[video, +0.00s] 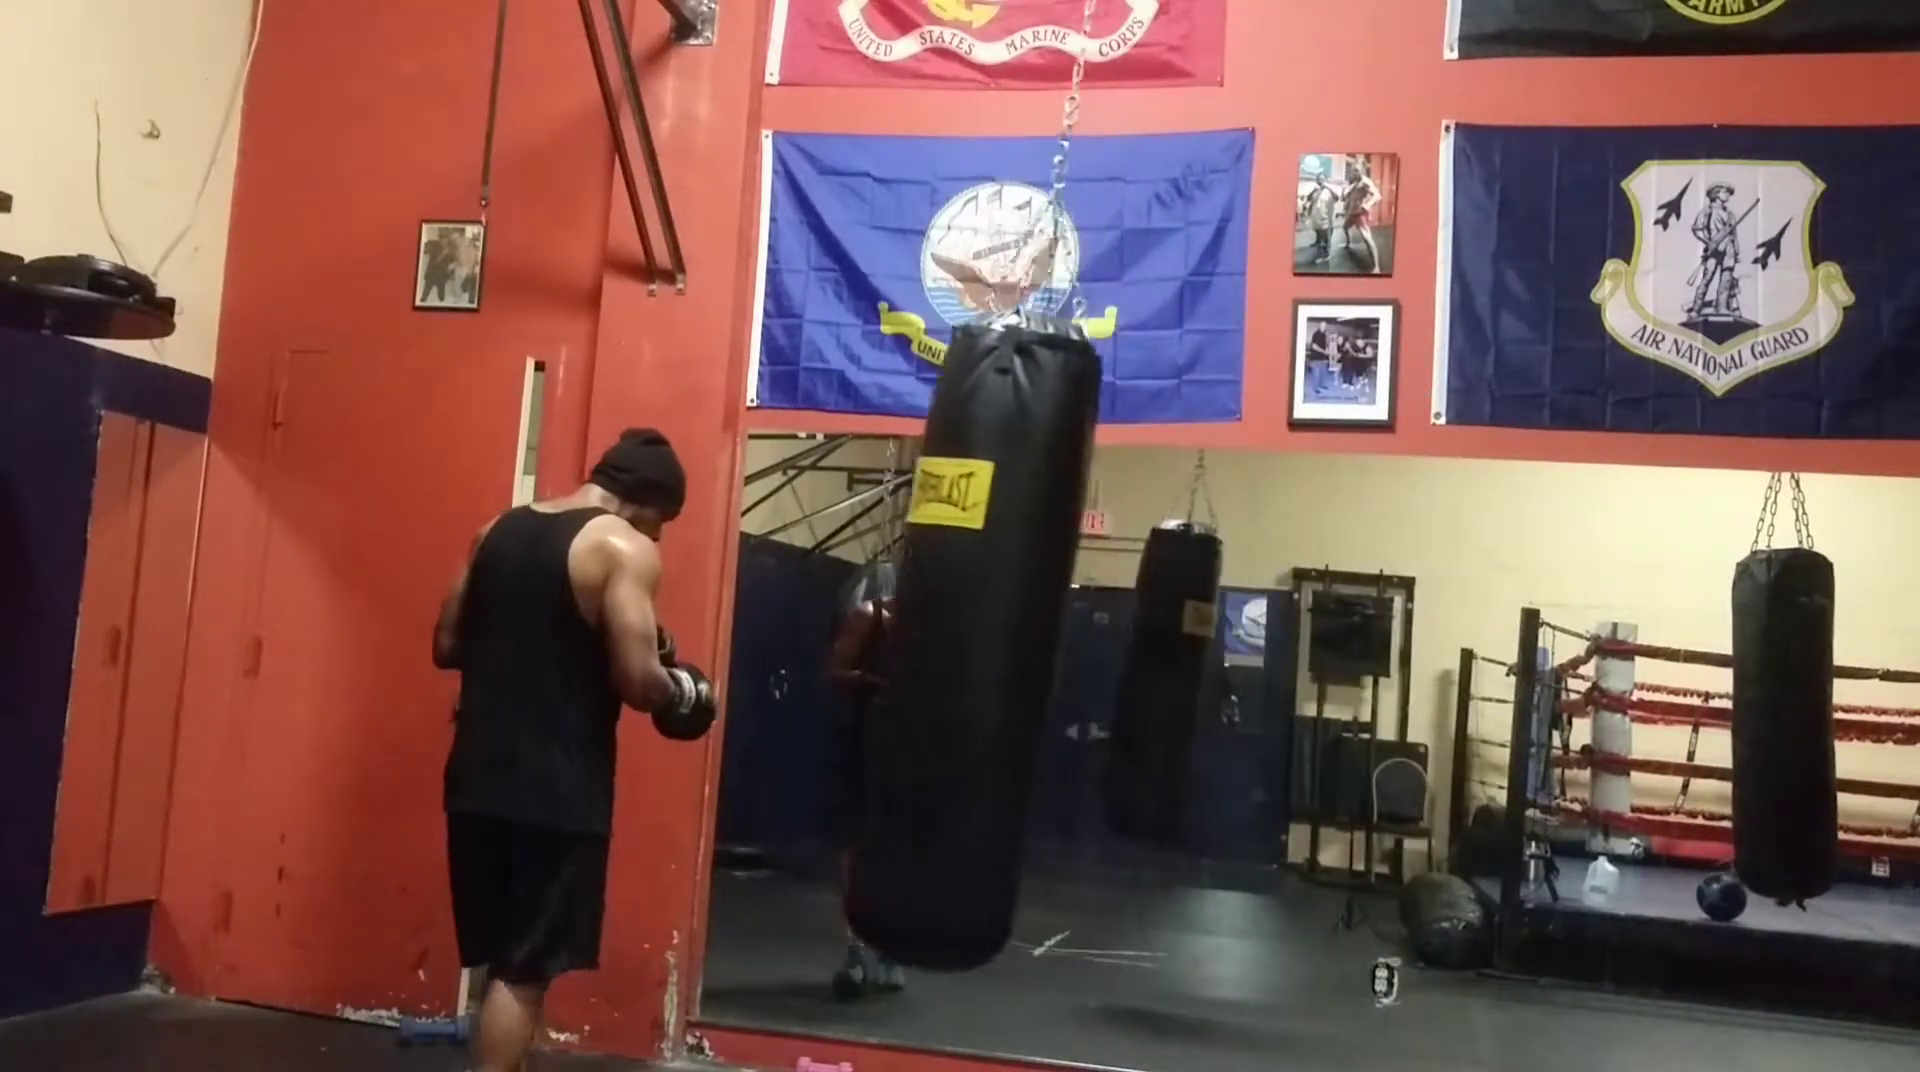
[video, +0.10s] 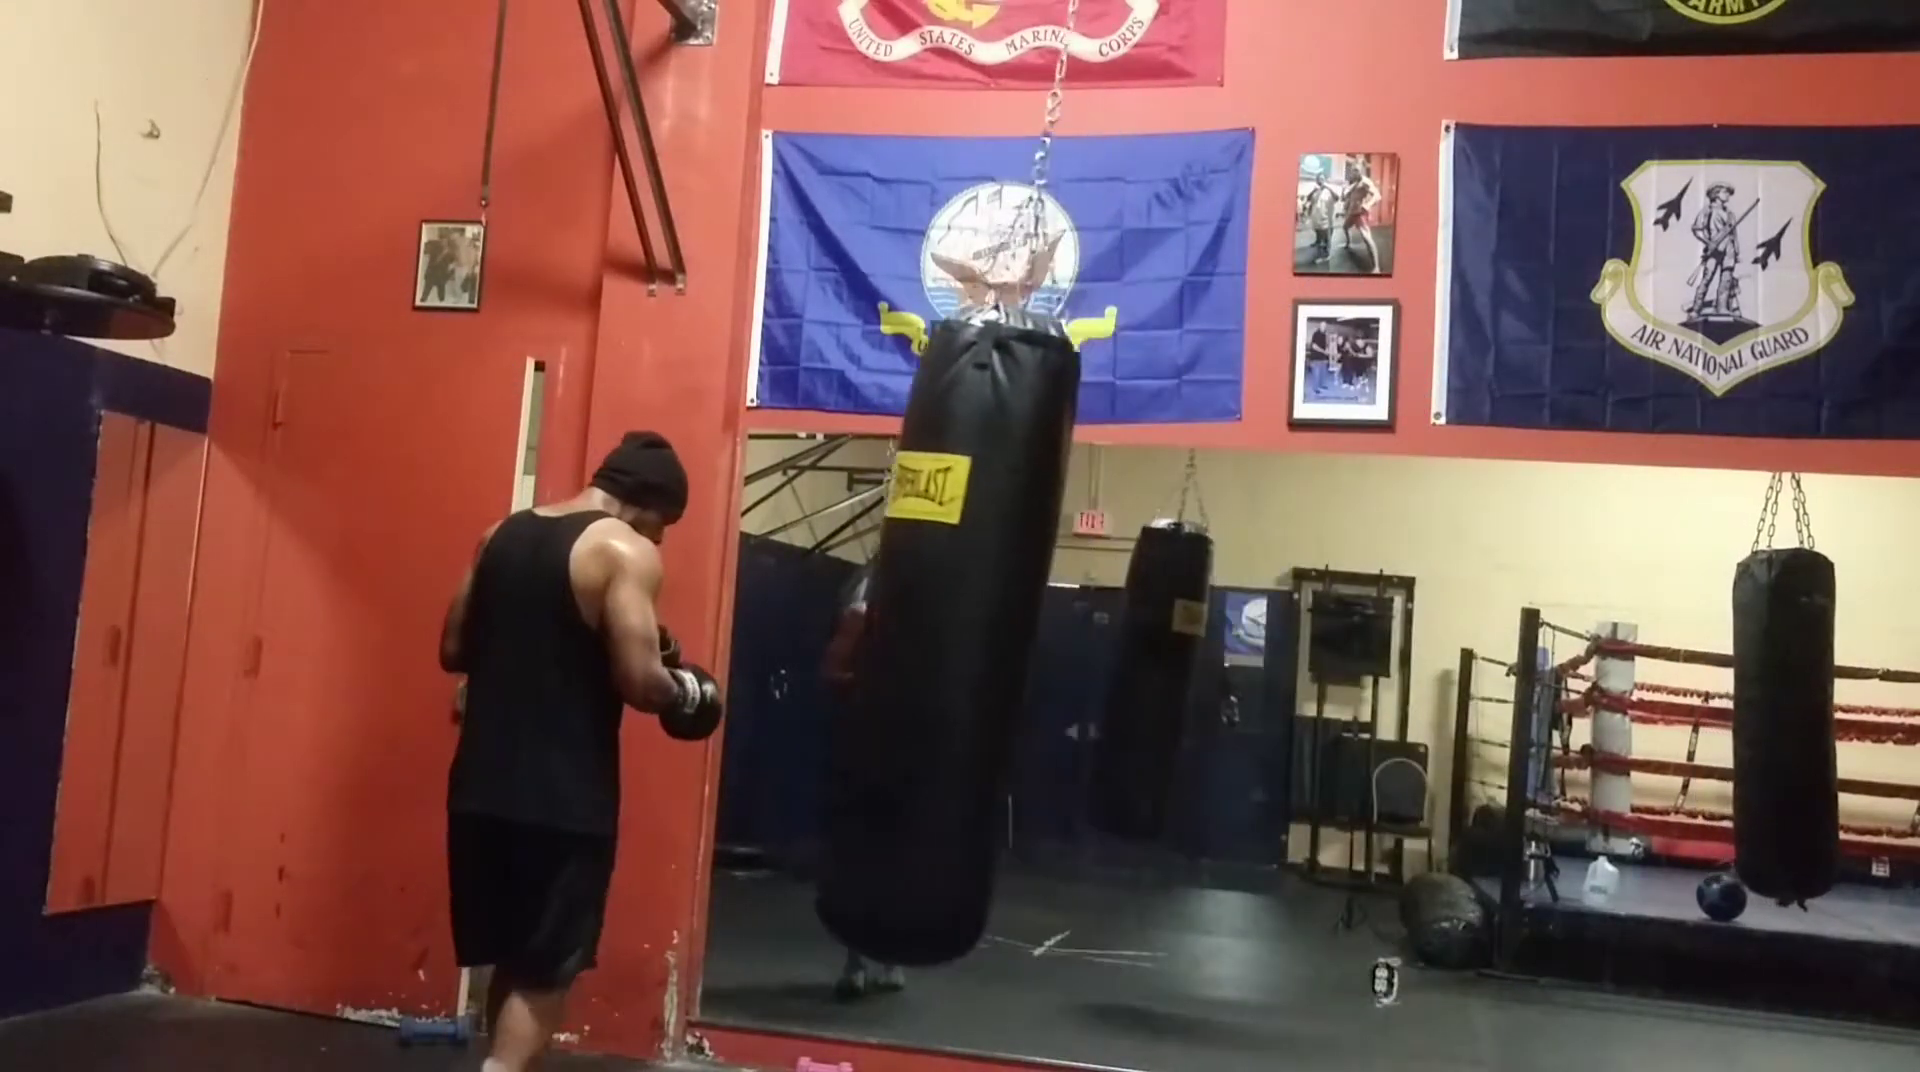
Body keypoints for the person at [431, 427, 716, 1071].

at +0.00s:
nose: (655, 533)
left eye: (661, 521)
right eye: (660, 519)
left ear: (601, 478)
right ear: (648, 498)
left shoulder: (504, 526)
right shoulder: (626, 547)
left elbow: (447, 647)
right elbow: (637, 676)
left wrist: (535, 639)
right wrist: (677, 692)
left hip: (479, 777)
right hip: (558, 791)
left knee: (500, 966)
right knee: (521, 975)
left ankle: (511, 1060)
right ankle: (493, 1066)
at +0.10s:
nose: (658, 536)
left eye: (664, 524)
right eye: (662, 521)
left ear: (603, 482)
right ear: (646, 500)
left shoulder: (508, 530)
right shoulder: (627, 550)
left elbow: (454, 651)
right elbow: (639, 678)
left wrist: (541, 642)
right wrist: (682, 690)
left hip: (484, 785)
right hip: (566, 796)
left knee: (507, 963)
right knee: (542, 979)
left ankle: (500, 1061)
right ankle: (500, 1064)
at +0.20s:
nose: (659, 543)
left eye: (665, 531)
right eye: (663, 529)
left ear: (602, 491)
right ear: (648, 508)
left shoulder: (512, 541)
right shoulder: (626, 555)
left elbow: (461, 661)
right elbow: (642, 680)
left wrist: (555, 641)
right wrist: (687, 695)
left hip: (490, 786)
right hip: (576, 791)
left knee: (512, 961)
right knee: (605, 950)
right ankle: (525, 1061)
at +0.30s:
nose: (664, 545)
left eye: (670, 533)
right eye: (668, 532)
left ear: (608, 495)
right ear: (651, 512)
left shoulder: (522, 544)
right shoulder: (632, 558)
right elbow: (645, 679)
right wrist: (693, 694)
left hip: (500, 774)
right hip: (583, 780)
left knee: (523, 946)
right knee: (642, 933)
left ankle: (515, 1067)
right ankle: (547, 1053)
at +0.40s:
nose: (674, 542)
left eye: (681, 530)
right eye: (678, 528)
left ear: (620, 492)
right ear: (659, 508)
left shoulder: (532, 540)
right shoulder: (635, 554)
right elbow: (647, 672)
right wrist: (698, 692)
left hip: (508, 766)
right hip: (591, 771)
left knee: (528, 933)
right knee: (664, 919)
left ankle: (514, 1063)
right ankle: (589, 1052)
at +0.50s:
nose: (688, 539)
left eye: (695, 527)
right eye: (692, 525)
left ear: (634, 489)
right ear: (674, 507)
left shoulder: (551, 538)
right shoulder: (640, 550)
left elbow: (566, 644)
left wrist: (660, 636)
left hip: (518, 767)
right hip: (599, 774)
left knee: (527, 943)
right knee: (655, 932)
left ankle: (513, 1065)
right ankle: (646, 1064)